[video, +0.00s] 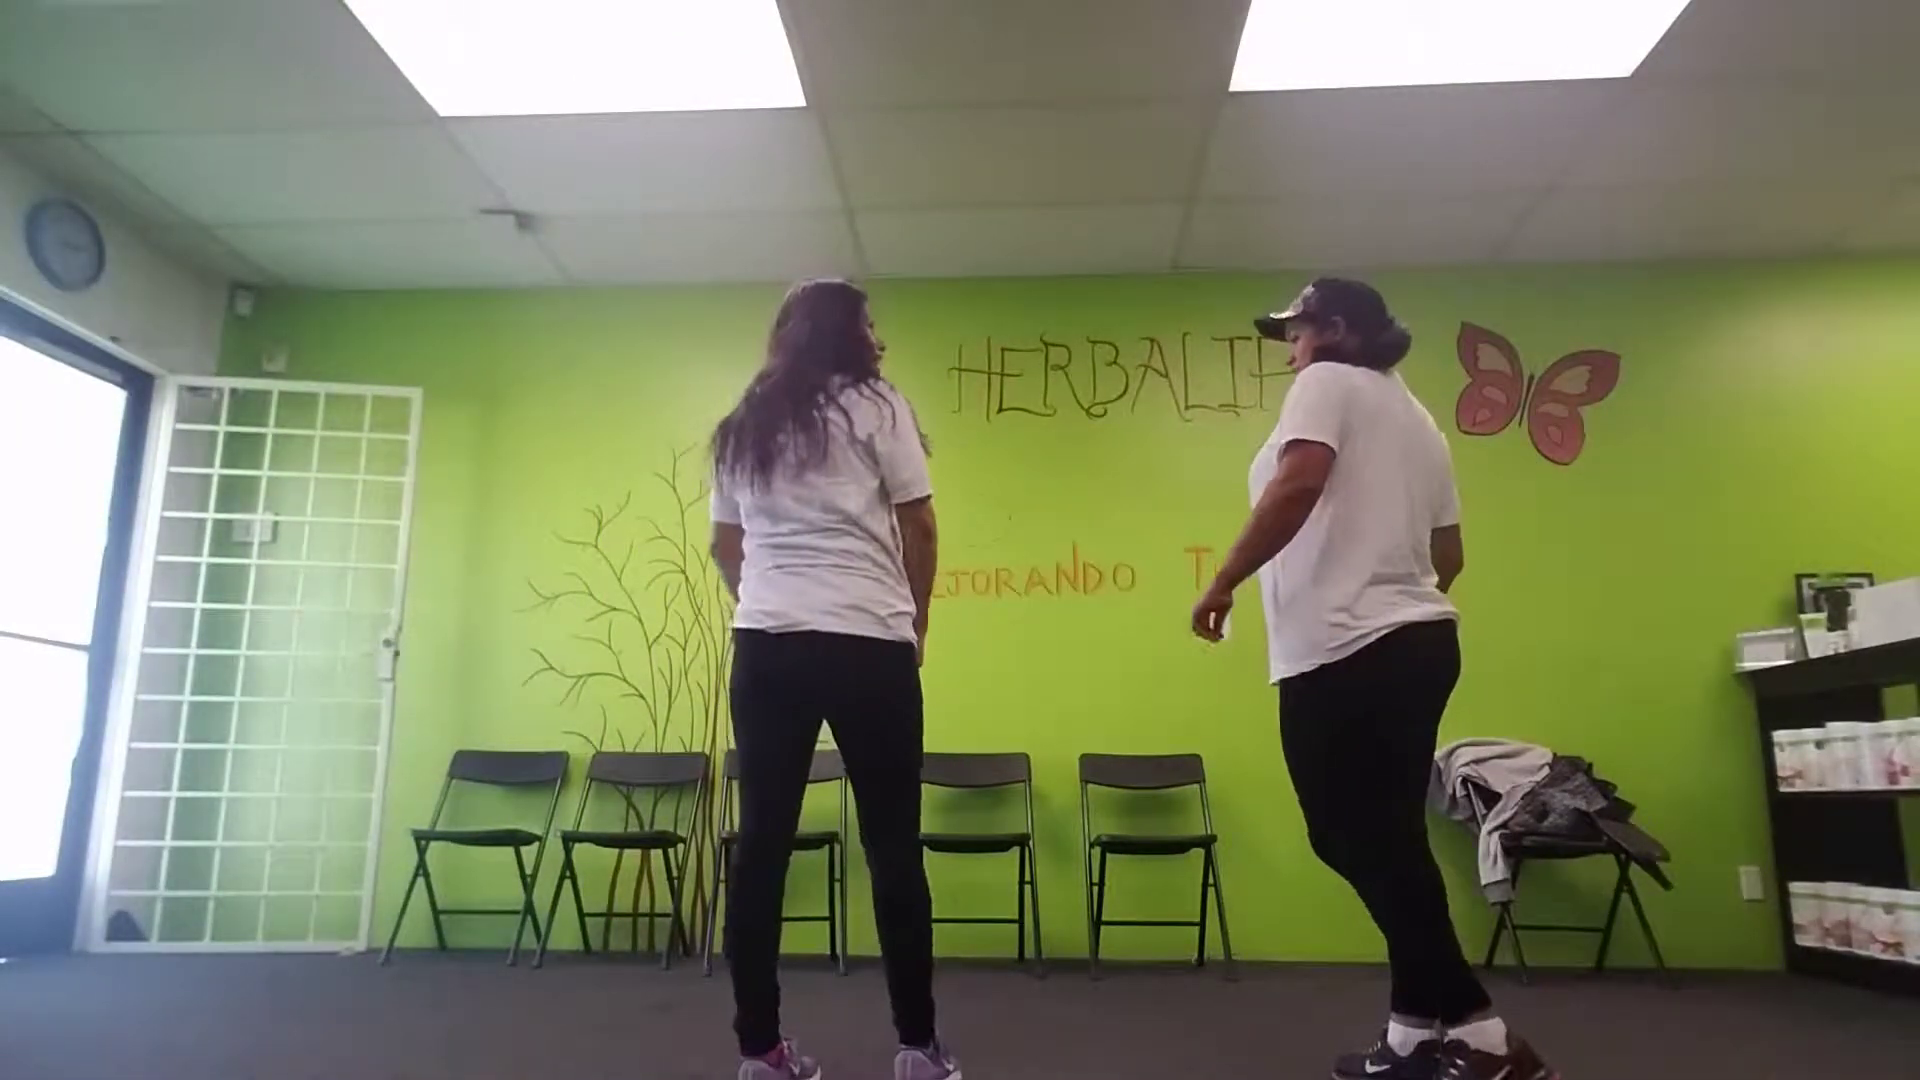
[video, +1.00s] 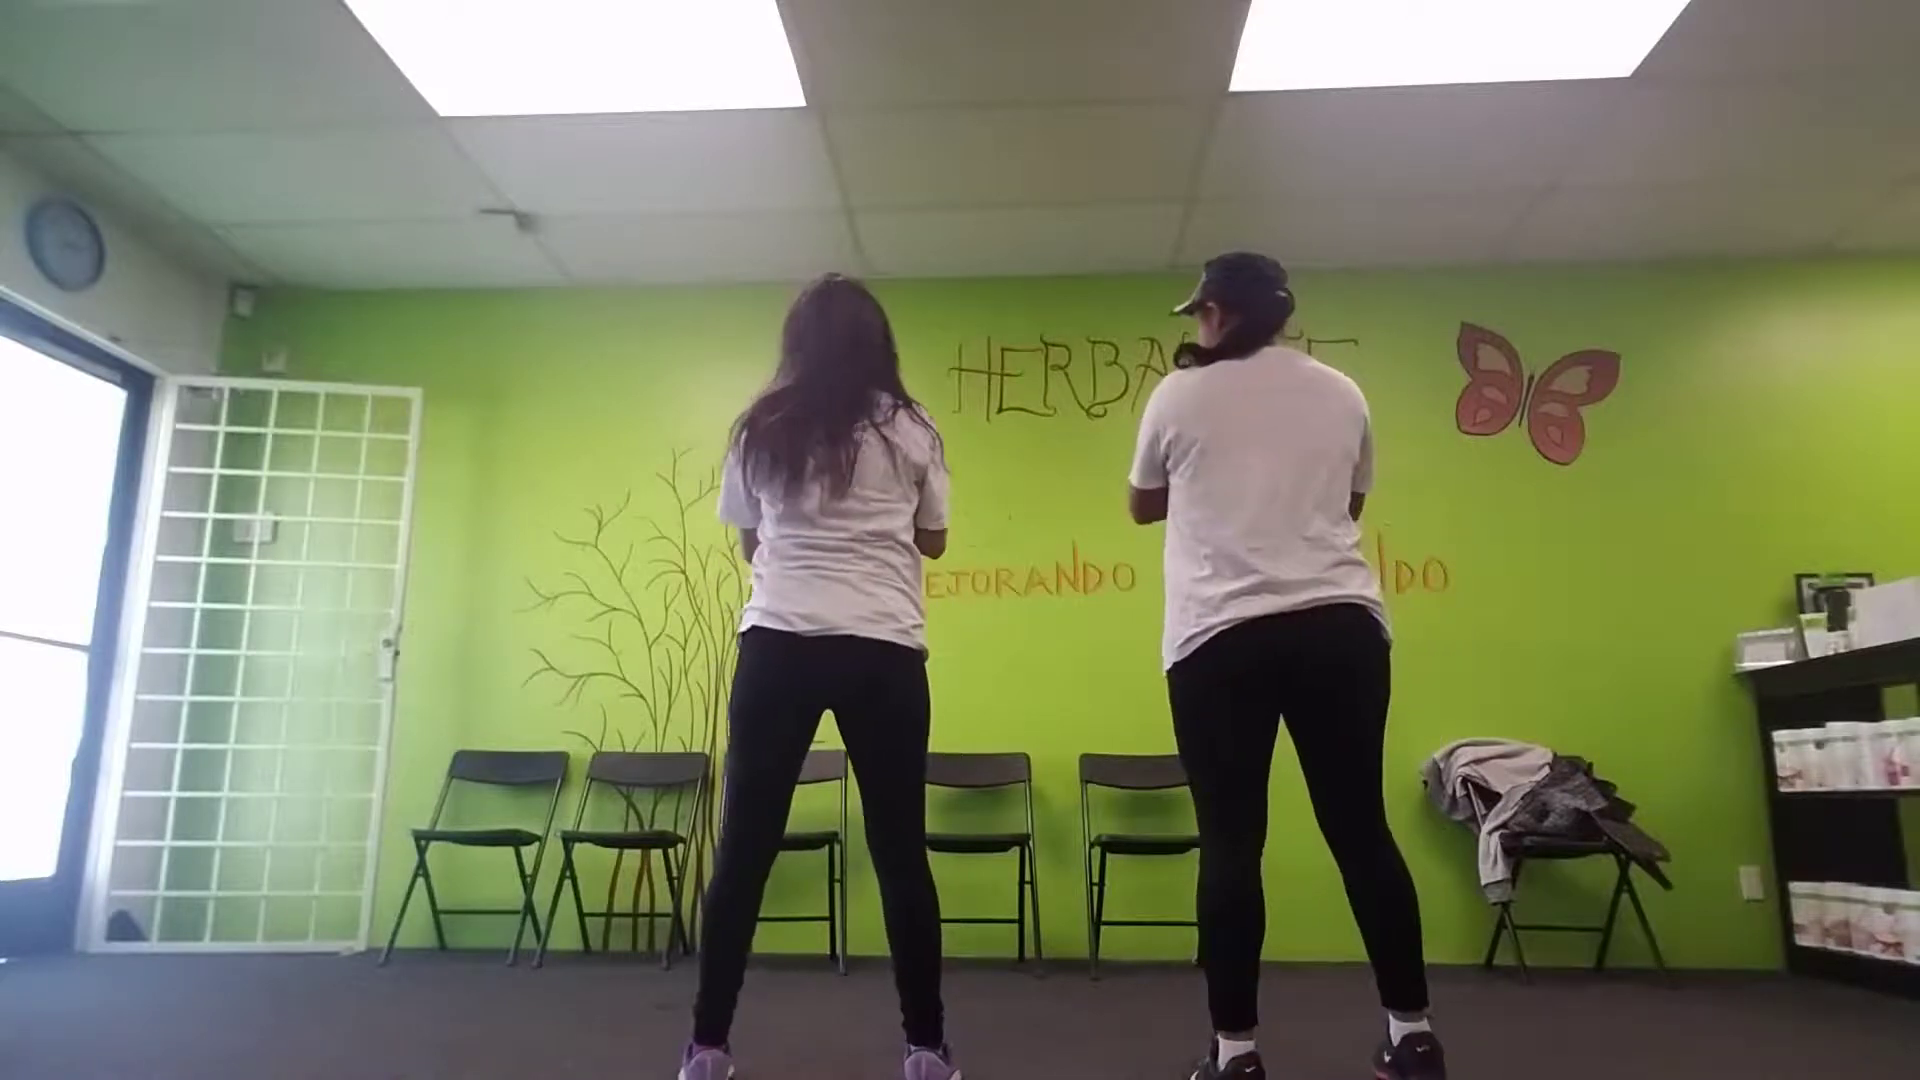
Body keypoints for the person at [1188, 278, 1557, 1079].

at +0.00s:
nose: (1289, 347)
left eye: (1296, 332)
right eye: (1290, 333)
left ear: (1335, 331)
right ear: (1364, 337)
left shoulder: (1325, 381)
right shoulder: (1419, 419)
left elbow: (1300, 482)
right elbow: (1446, 557)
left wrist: (1224, 581)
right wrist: (1376, 605)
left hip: (1344, 645)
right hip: (1418, 640)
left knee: (1348, 835)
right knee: (1393, 836)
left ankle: (1473, 1027)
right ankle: (1414, 1033)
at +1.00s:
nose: (1197, 326)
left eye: (1204, 313)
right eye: (1199, 313)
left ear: (1226, 316)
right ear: (1282, 315)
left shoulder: (1177, 394)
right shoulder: (1341, 391)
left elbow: (1146, 504)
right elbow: (1350, 503)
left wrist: (1230, 467)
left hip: (1220, 647)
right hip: (1341, 637)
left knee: (1230, 844)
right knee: (1361, 828)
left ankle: (1234, 1050)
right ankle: (1412, 1033)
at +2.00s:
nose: (1224, 458)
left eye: (1229, 443)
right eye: (1225, 443)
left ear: (1259, 440)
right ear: (1305, 443)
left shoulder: (1219, 514)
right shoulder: (1373, 510)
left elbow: (1187, 618)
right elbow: (1375, 595)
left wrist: (1266, 583)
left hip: (1274, 716)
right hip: (1409, 709)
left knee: (1200, 863)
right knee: (1399, 862)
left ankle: (1231, 1049)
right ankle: (1424, 1043)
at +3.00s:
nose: (1218, 429)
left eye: (1222, 415)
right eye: (1219, 415)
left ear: (1246, 416)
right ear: (1298, 416)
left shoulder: (1206, 484)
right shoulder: (1361, 484)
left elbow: (1169, 591)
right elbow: (1378, 584)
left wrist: (1249, 559)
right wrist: (1300, 565)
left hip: (1256, 690)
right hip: (1383, 682)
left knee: (1192, 859)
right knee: (1390, 855)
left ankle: (1232, 1045)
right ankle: (1421, 1036)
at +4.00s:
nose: (1223, 425)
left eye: (1228, 410)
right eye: (1224, 411)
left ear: (1255, 407)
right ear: (1306, 409)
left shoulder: (1217, 476)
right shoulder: (1370, 476)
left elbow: (1170, 583)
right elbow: (1388, 569)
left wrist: (1245, 550)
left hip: (1269, 687)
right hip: (1398, 682)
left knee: (1203, 856)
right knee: (1390, 856)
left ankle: (1232, 1049)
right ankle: (1424, 1043)